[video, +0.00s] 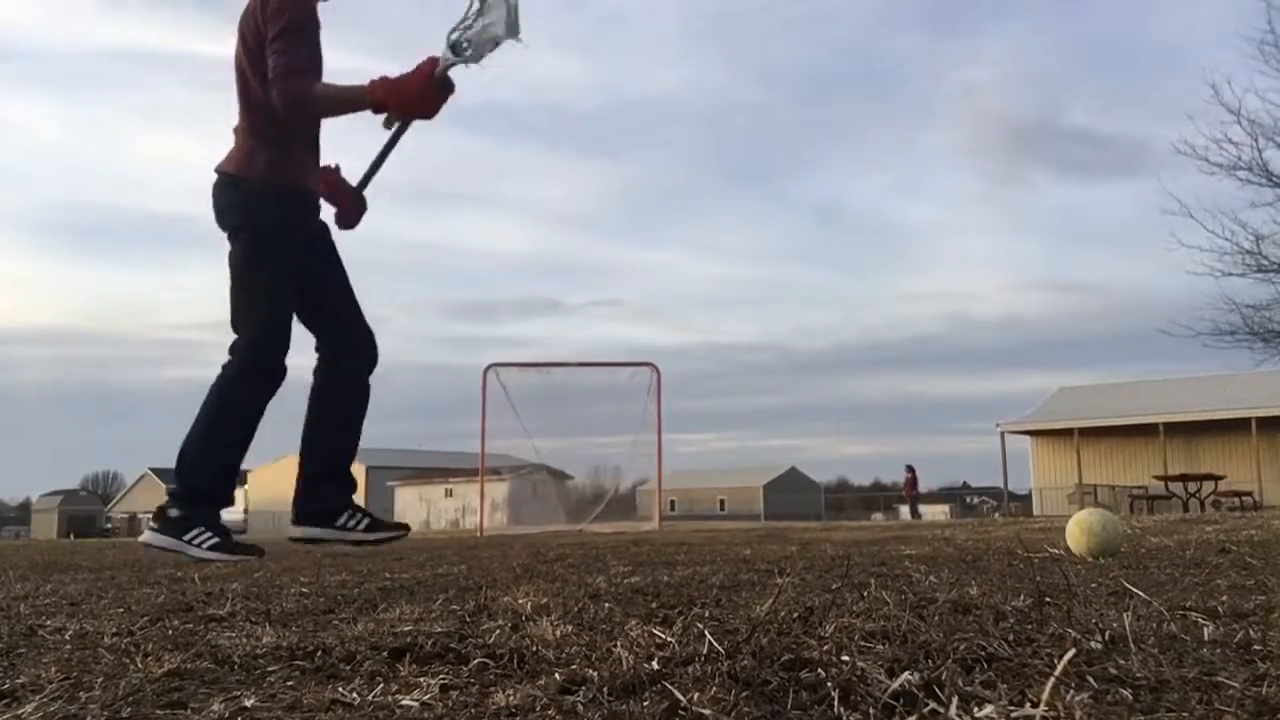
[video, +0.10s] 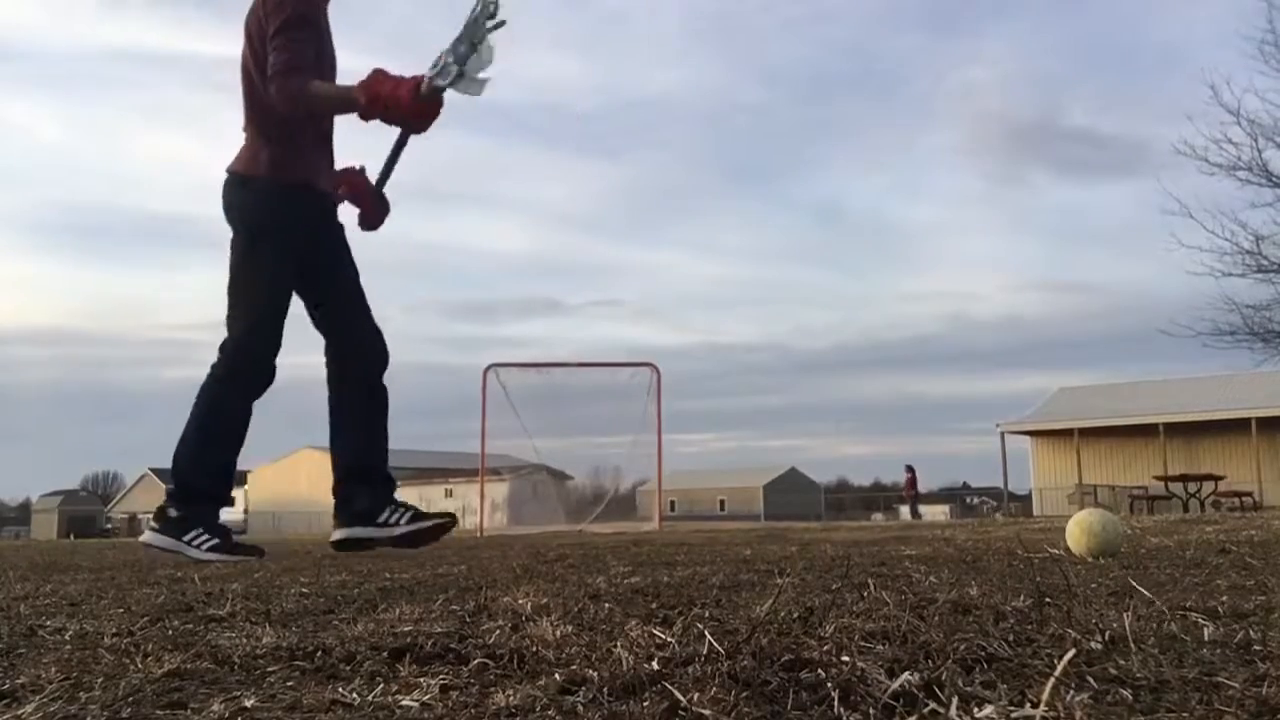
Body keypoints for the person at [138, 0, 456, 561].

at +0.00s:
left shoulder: (270, 12)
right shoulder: (289, 7)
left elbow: (266, 124)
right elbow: (292, 96)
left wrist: (319, 178)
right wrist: (385, 95)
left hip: (279, 196)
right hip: (263, 194)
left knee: (351, 347)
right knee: (259, 356)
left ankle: (324, 507)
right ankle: (184, 512)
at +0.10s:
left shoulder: (279, 15)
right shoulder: (295, 7)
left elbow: (275, 131)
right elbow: (288, 91)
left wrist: (338, 180)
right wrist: (367, 96)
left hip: (292, 196)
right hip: (274, 193)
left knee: (359, 350)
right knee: (248, 358)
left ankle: (364, 509)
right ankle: (183, 514)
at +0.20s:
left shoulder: (325, 18)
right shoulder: (304, 5)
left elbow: (317, 129)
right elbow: (297, 91)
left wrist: (369, 175)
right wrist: (377, 96)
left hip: (323, 196)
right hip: (282, 191)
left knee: (373, 352)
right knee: (254, 359)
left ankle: (367, 520)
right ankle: (185, 513)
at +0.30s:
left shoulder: (350, 18)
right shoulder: (318, 4)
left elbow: (344, 126)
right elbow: (315, 82)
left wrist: (400, 164)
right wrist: (400, 109)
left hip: (352, 195)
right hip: (303, 186)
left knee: (380, 352)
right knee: (287, 350)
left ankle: (365, 523)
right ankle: (196, 502)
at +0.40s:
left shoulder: (380, 20)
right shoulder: (330, 4)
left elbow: (374, 127)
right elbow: (328, 75)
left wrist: (428, 138)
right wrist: (408, 110)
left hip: (374, 186)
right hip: (323, 176)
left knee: (391, 352)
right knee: (324, 339)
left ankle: (365, 522)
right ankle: (216, 476)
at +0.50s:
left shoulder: (406, 19)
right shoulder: (345, 2)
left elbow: (401, 90)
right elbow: (330, 46)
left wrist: (433, 117)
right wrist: (379, 94)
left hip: (389, 170)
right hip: (342, 158)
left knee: (396, 346)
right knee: (361, 325)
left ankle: (366, 522)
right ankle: (245, 476)